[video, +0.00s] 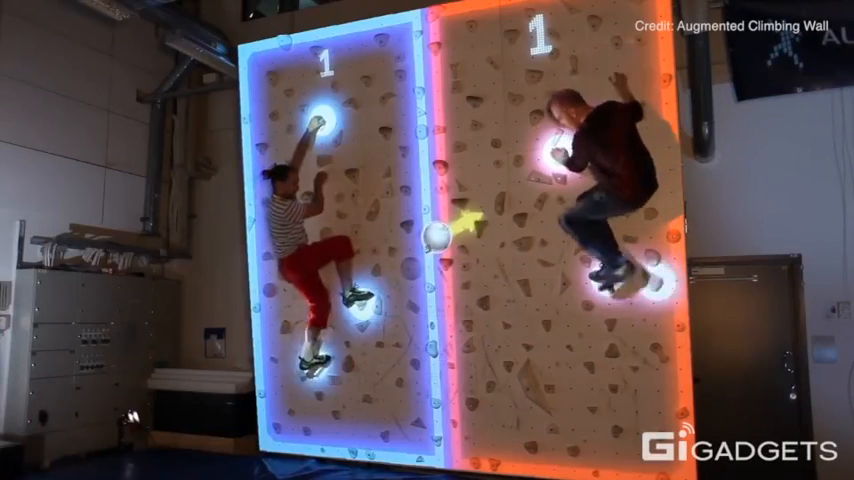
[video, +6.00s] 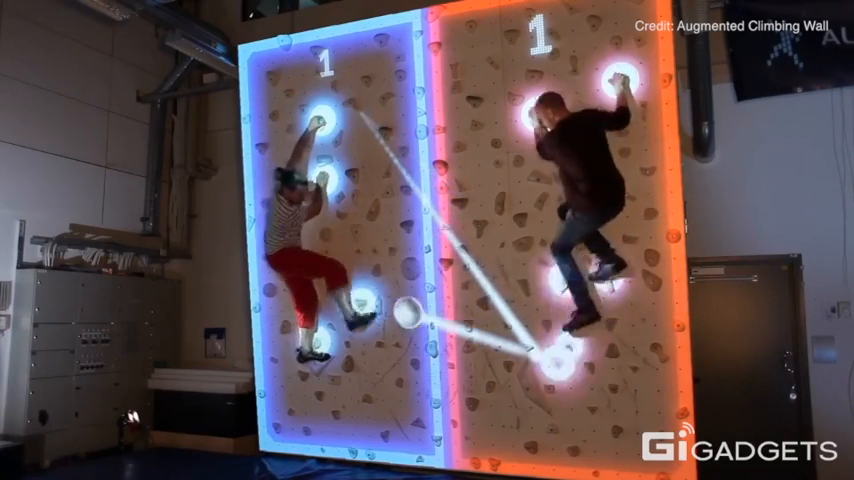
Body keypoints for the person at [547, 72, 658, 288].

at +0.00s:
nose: (562, 124)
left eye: (560, 118)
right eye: (559, 120)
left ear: (571, 111)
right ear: (581, 103)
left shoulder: (583, 137)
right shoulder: (612, 109)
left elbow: (577, 166)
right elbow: (638, 112)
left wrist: (564, 159)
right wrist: (624, 90)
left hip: (628, 195)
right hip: (648, 180)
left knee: (569, 219)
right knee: (584, 202)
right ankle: (613, 259)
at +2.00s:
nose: (578, 128)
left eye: (578, 123)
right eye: (575, 124)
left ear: (590, 120)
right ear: (602, 113)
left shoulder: (594, 150)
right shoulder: (628, 125)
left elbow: (579, 168)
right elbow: (626, 107)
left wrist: (564, 159)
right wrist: (625, 88)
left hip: (619, 215)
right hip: (641, 208)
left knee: (557, 193)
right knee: (573, 208)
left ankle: (512, 222)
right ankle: (609, 260)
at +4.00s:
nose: (561, 112)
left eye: (560, 107)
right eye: (558, 108)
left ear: (569, 100)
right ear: (579, 93)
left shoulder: (583, 126)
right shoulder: (612, 97)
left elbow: (559, 136)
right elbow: (642, 110)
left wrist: (544, 120)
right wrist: (626, 90)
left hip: (631, 184)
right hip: (650, 169)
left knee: (576, 214)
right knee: (591, 198)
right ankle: (616, 260)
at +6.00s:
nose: (542, 120)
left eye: (542, 116)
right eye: (541, 116)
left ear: (550, 112)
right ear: (562, 106)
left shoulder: (555, 139)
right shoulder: (589, 117)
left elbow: (542, 151)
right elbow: (621, 121)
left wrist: (537, 128)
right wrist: (623, 91)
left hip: (592, 207)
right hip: (616, 196)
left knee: (559, 249)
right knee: (567, 212)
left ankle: (586, 309)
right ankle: (610, 260)